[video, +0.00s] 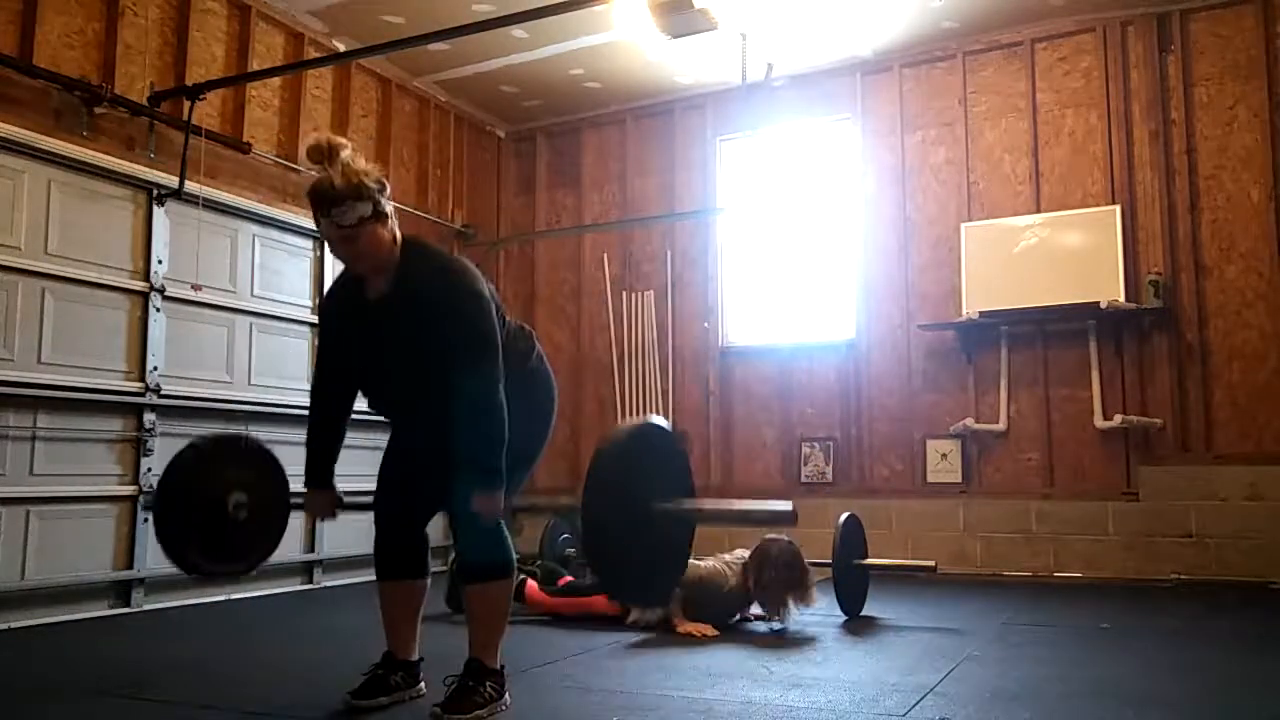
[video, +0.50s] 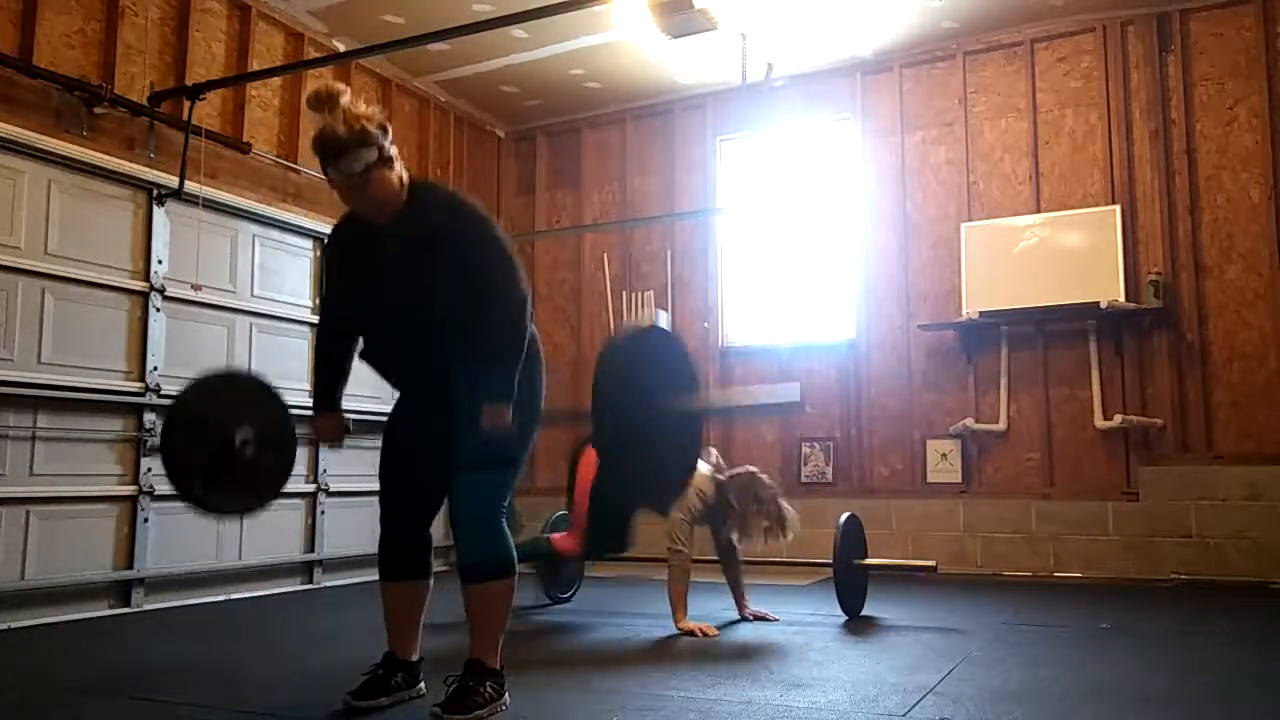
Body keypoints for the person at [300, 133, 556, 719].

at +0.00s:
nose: (343, 248)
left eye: (353, 232)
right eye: (333, 238)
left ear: (386, 221)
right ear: (326, 239)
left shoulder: (452, 283)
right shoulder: (342, 305)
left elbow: (481, 387)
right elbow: (330, 396)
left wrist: (488, 477)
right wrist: (319, 479)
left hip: (503, 402)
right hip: (424, 411)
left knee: (475, 512)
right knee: (395, 516)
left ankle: (486, 671)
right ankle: (401, 664)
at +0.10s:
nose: (342, 256)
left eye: (353, 240)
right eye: (332, 244)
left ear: (386, 231)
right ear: (325, 246)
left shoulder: (451, 290)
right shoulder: (343, 314)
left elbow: (478, 396)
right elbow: (331, 406)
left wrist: (485, 496)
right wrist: (317, 492)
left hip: (508, 400)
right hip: (427, 412)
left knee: (479, 518)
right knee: (397, 516)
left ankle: (485, 672)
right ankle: (402, 665)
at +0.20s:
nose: (338, 251)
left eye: (348, 237)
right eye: (330, 241)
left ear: (384, 229)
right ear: (324, 244)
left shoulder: (450, 287)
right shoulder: (343, 311)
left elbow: (479, 392)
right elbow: (332, 403)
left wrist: (486, 487)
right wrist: (319, 490)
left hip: (508, 399)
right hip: (429, 410)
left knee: (477, 515)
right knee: (397, 515)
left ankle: (485, 671)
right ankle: (401, 665)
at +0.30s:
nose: (374, 223)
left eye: (375, 207)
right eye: (353, 217)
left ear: (388, 206)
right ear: (330, 232)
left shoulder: (450, 271)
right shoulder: (342, 297)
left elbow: (486, 371)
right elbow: (334, 388)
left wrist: (492, 466)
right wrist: (322, 474)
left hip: (503, 394)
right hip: (426, 406)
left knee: (477, 507)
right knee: (399, 514)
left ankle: (485, 670)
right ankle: (402, 664)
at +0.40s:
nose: (363, 205)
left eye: (372, 189)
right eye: (346, 198)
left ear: (391, 183)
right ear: (329, 207)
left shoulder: (448, 246)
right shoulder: (343, 272)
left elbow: (496, 341)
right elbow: (336, 362)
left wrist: (498, 433)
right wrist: (325, 443)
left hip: (493, 390)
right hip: (423, 401)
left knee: (479, 513)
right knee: (400, 515)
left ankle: (486, 670)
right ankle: (402, 663)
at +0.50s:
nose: (372, 186)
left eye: (378, 168)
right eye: (354, 179)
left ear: (395, 155)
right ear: (333, 183)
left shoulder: (450, 217)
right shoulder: (345, 245)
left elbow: (508, 297)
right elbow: (335, 327)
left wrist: (498, 390)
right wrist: (327, 403)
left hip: (495, 379)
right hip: (424, 385)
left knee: (477, 512)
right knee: (401, 512)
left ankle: (486, 669)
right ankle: (403, 662)